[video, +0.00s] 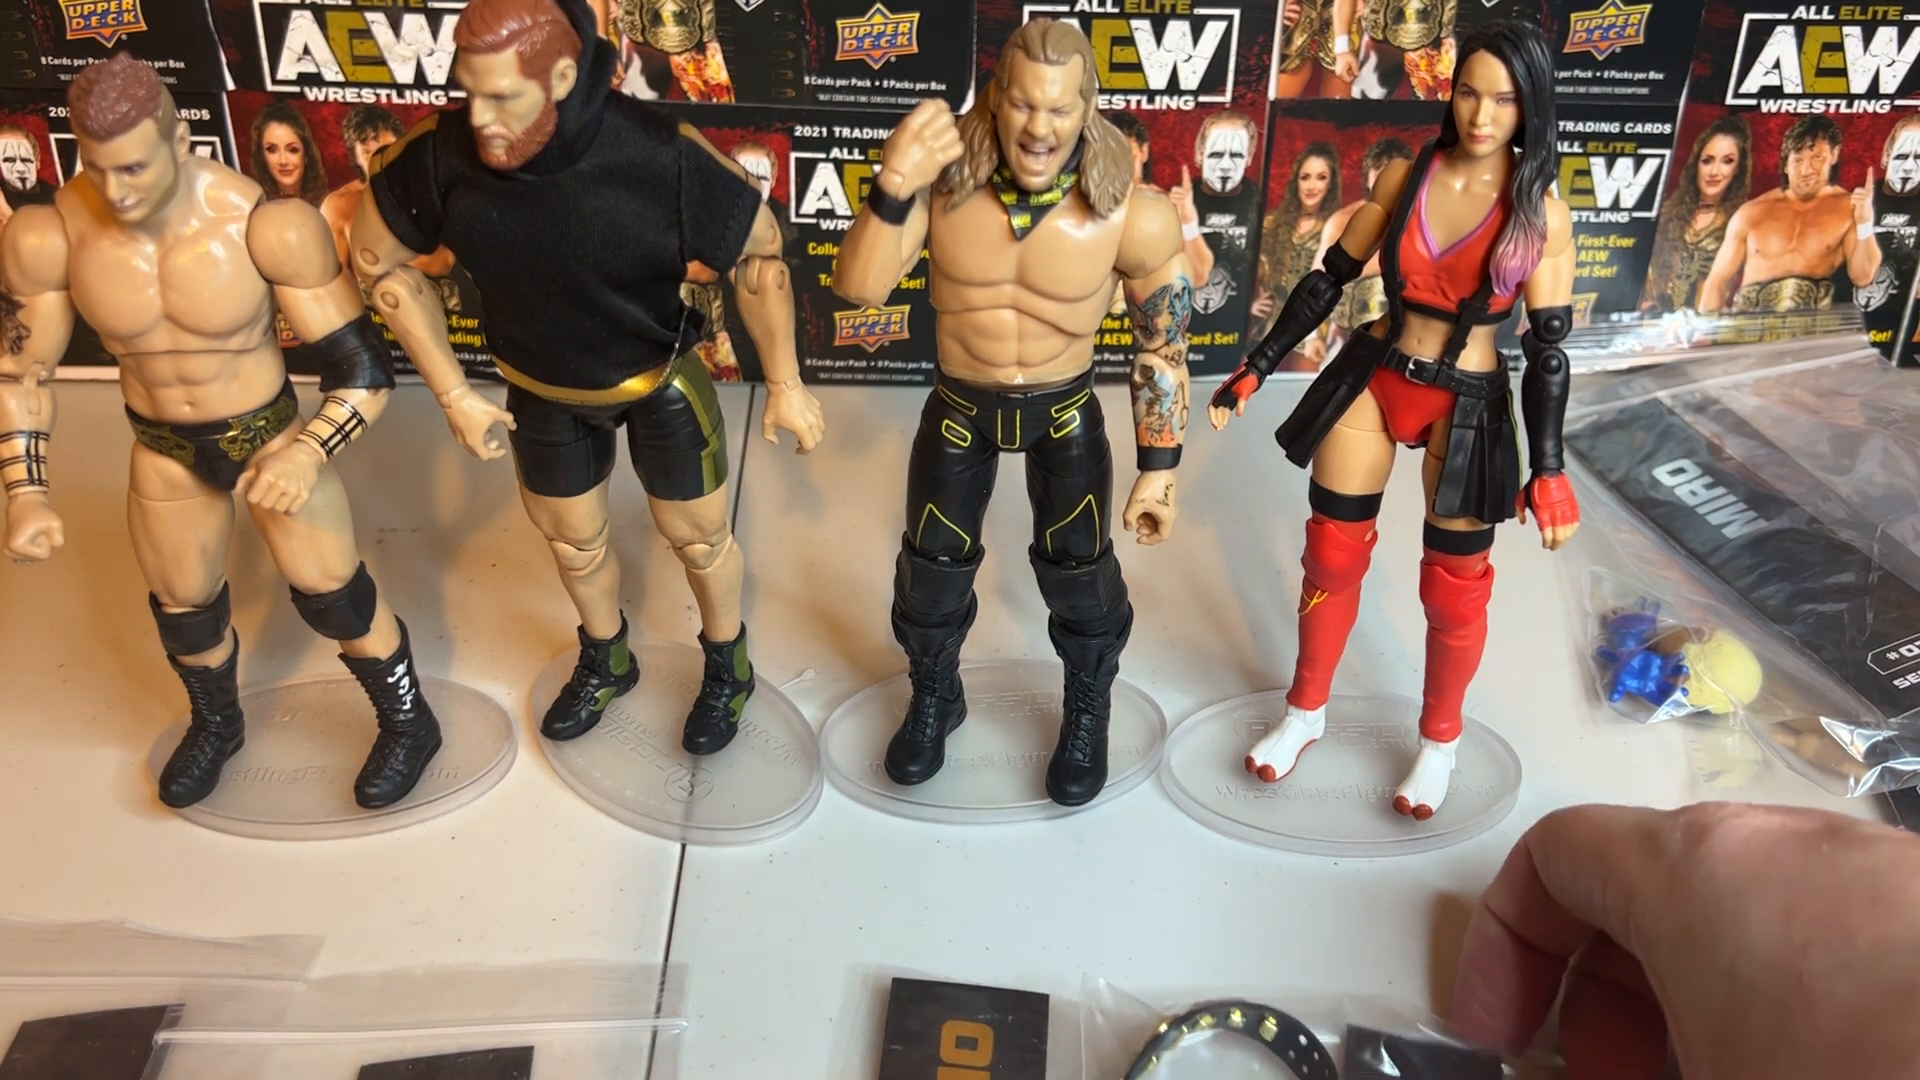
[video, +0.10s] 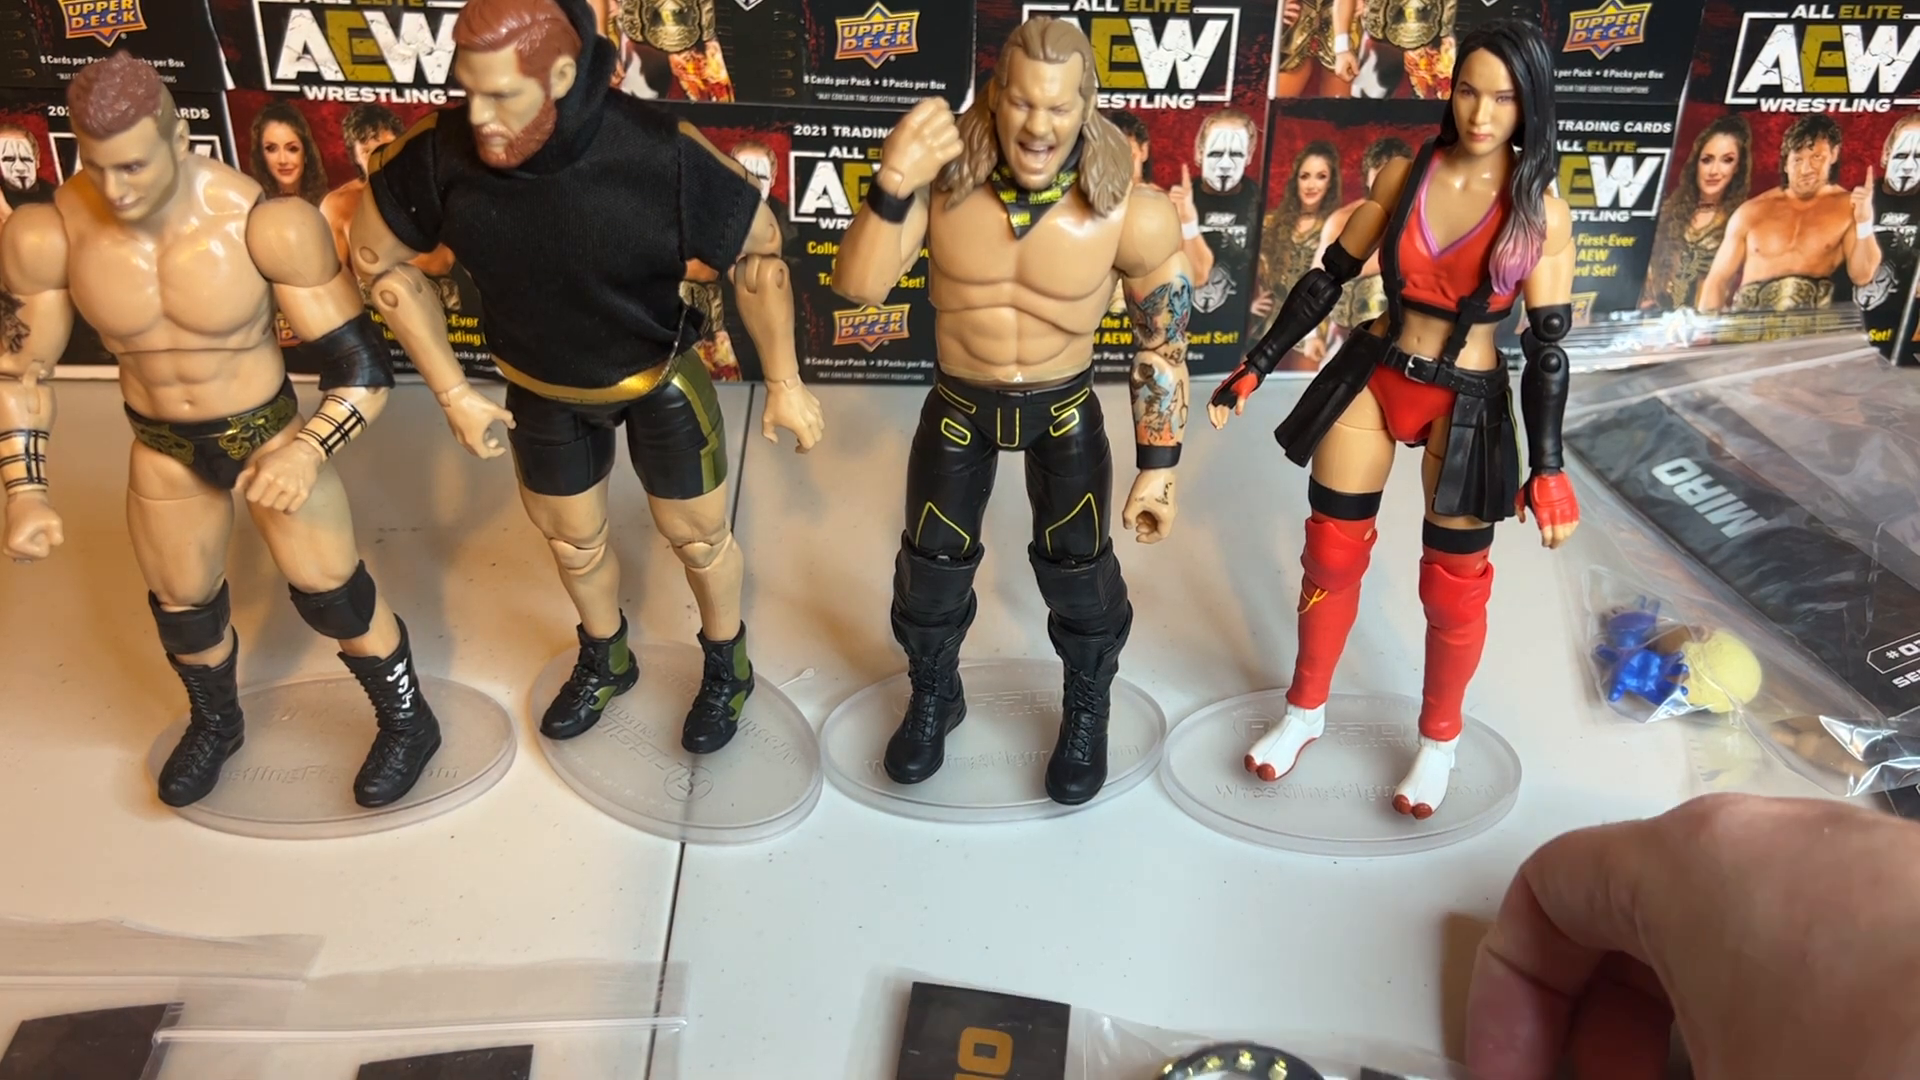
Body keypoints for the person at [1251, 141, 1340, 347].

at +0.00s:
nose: (1312, 186)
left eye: (1321, 178)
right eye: (1305, 177)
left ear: (1332, 183)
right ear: (1296, 181)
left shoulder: (1338, 229)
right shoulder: (1271, 225)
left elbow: (1336, 285)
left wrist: (1320, 336)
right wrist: (1252, 302)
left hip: (1311, 334)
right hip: (1269, 329)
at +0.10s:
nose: (1312, 185)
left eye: (1321, 177)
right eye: (1305, 176)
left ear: (1331, 182)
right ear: (1295, 180)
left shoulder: (1337, 228)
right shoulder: (1270, 224)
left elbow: (1333, 284)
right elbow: (1253, 273)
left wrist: (1320, 334)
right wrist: (1253, 300)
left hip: (1311, 333)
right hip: (1268, 327)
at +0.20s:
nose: (1312, 186)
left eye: (1321, 178)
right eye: (1305, 177)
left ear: (1332, 183)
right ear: (1295, 181)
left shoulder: (1338, 230)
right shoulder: (1271, 225)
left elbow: (1335, 285)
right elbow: (1255, 273)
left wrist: (1322, 336)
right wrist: (1254, 303)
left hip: (1313, 334)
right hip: (1269, 328)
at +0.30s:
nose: (1312, 185)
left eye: (1321, 177)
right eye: (1305, 176)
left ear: (1331, 182)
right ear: (1295, 180)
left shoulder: (1337, 228)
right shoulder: (1270, 224)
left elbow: (1334, 283)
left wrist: (1321, 335)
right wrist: (1252, 302)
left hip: (1312, 332)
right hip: (1269, 326)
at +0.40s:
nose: (1312, 186)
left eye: (1321, 178)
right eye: (1305, 177)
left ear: (1332, 183)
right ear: (1295, 181)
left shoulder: (1338, 230)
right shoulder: (1270, 225)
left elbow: (1336, 286)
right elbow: (1254, 274)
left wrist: (1322, 336)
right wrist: (1254, 302)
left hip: (1313, 334)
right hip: (1269, 328)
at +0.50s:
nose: (1312, 185)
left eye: (1322, 177)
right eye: (1305, 177)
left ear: (1332, 182)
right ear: (1295, 181)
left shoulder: (1337, 229)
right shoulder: (1271, 224)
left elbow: (1334, 284)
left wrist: (1321, 335)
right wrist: (1253, 302)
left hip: (1312, 332)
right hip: (1269, 327)